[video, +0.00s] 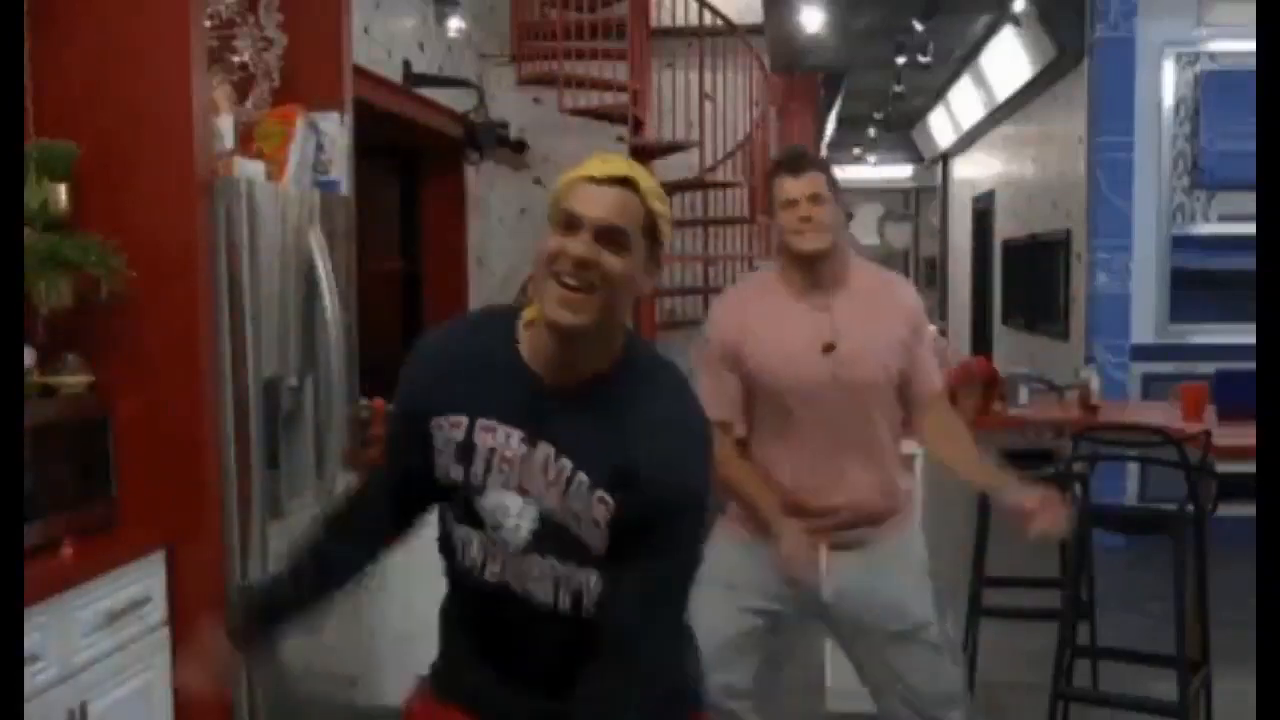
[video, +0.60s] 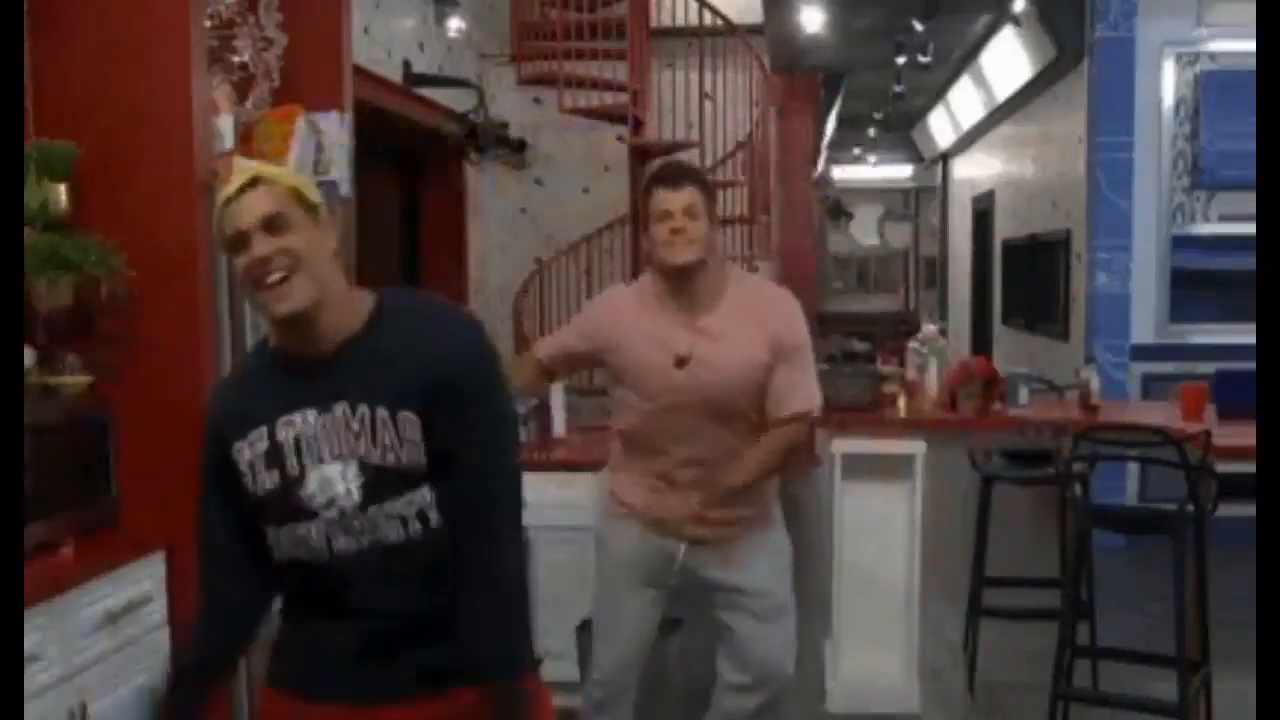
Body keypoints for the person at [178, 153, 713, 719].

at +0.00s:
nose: (578, 252)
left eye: (611, 242)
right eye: (568, 227)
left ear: (647, 275)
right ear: (542, 240)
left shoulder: (668, 426)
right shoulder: (454, 357)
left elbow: (642, 639)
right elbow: (383, 507)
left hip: (618, 697)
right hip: (471, 683)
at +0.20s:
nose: (498, 212)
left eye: (528, 205)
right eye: (486, 184)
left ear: (550, 236)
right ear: (451, 188)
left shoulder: (561, 360)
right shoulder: (353, 282)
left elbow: (502, 545)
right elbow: (284, 364)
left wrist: (327, 509)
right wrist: (126, 344)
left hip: (535, 675)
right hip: (383, 661)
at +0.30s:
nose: (433, 219)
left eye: (462, 209)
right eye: (418, 194)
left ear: (493, 237)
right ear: (390, 203)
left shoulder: (519, 366)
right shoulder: (318, 295)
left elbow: (477, 544)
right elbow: (244, 359)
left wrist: (328, 465)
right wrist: (104, 323)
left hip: (511, 684)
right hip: (363, 674)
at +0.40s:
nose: (329, 198)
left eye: (354, 180)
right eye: (311, 182)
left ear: (402, 203)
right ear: (294, 205)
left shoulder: (469, 330)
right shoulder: (258, 328)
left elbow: (453, 532)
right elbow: (219, 435)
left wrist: (277, 527)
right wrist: (86, 419)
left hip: (478, 666)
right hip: (327, 664)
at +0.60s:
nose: (260, 254)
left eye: (277, 227)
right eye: (240, 245)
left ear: (330, 227)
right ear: (233, 267)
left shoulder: (445, 345)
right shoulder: (237, 408)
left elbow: (492, 542)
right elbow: (234, 591)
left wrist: (508, 687)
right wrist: (180, 703)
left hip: (451, 682)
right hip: (308, 690)